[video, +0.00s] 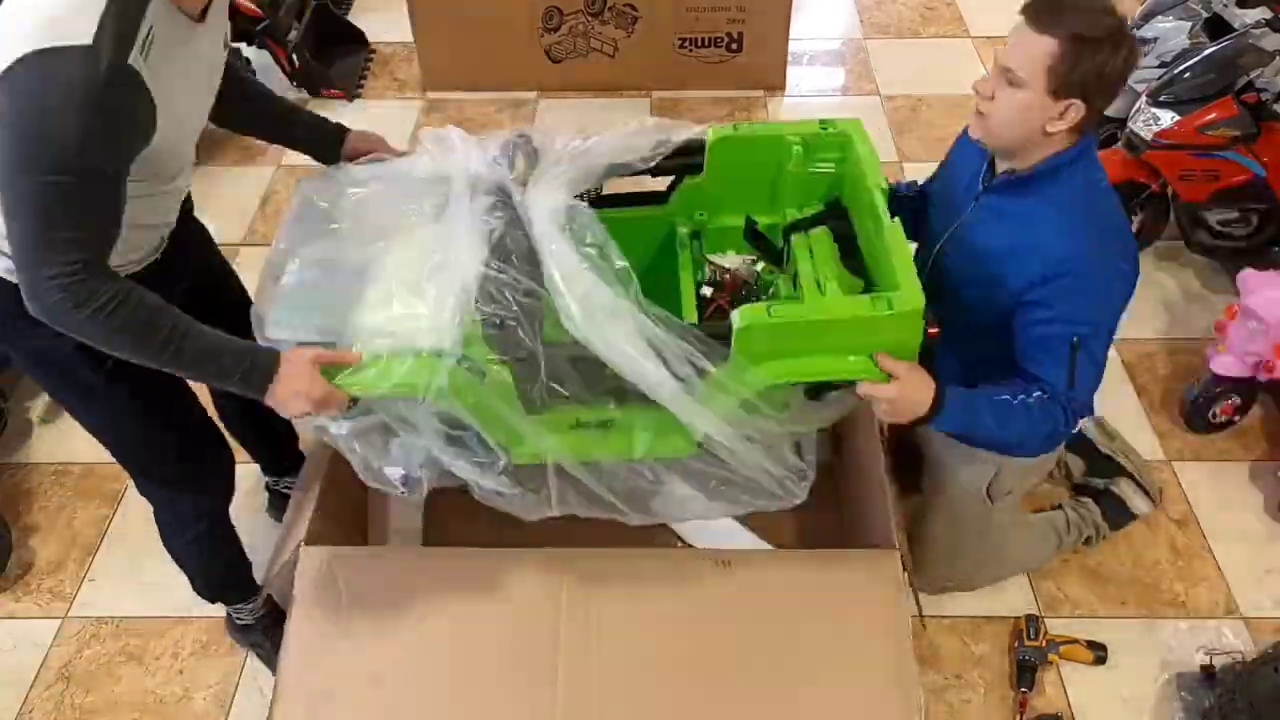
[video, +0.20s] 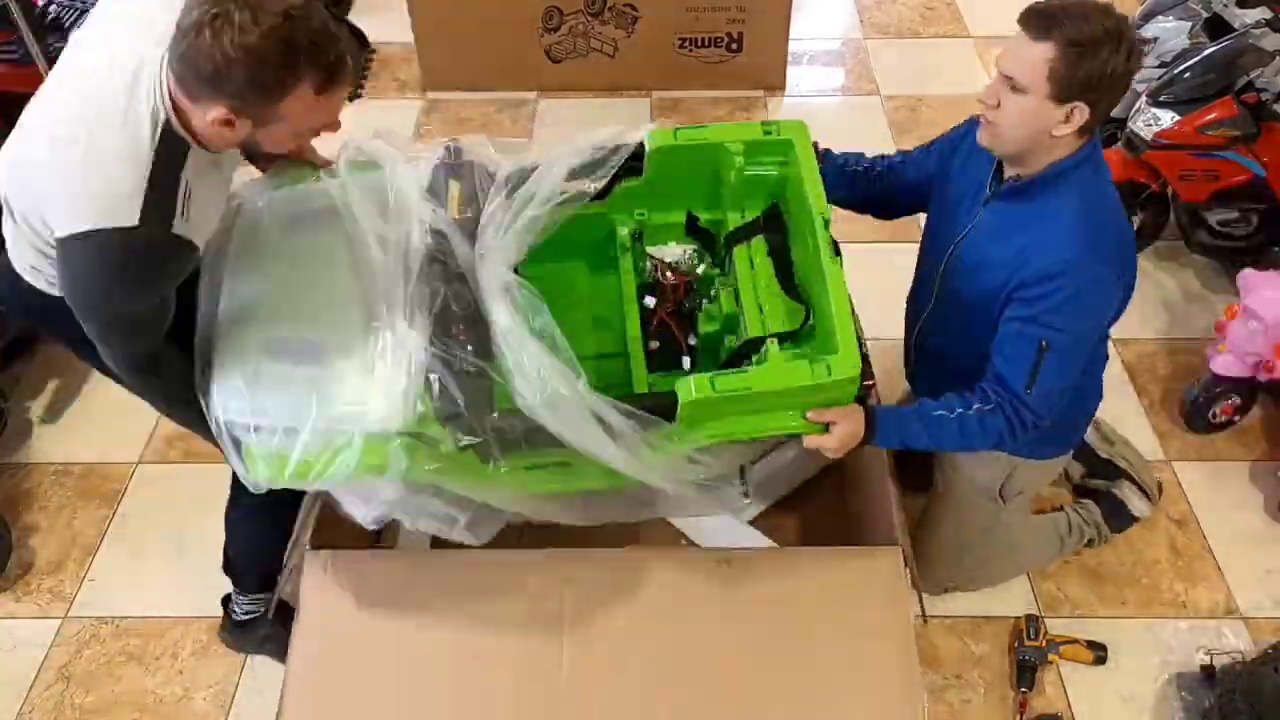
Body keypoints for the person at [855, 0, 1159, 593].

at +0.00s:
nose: (981, 87)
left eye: (1009, 82)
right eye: (995, 67)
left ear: (1063, 116)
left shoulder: (1089, 252)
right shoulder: (989, 136)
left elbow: (1052, 409)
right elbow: (929, 212)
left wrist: (936, 403)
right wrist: (844, 204)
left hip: (993, 420)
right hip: (928, 355)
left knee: (944, 566)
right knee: (919, 471)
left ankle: (1103, 509)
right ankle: (1064, 457)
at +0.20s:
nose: (985, 95)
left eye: (1011, 88)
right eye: (997, 75)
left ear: (1070, 119)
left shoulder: (1080, 254)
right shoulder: (988, 141)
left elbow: (1014, 414)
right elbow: (887, 186)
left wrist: (872, 425)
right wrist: (801, 163)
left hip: (1009, 431)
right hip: (943, 373)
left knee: (946, 567)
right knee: (917, 473)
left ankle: (1104, 512)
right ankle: (1059, 450)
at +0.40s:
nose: (1000, 229)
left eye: (1031, 227)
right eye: (1000, 200)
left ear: (1088, 223)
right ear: (1003, 165)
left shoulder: (1094, 308)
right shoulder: (978, 180)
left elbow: (1004, 464)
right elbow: (879, 236)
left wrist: (849, 472)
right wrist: (773, 233)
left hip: (1008, 455)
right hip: (939, 400)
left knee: (923, 559)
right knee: (897, 461)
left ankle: (1076, 509)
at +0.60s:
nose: (970, 146)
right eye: (978, 127)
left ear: (1058, 160)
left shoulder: (1090, 297)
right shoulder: (976, 179)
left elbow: (1013, 449)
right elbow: (908, 243)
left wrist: (870, 470)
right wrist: (801, 253)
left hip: (998, 451)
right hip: (929, 396)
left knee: (915, 557)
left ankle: (1077, 506)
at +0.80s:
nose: (962, 103)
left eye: (982, 92)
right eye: (970, 85)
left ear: (1042, 115)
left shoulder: (1087, 263)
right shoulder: (972, 153)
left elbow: (1058, 411)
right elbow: (942, 245)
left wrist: (932, 448)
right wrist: (852, 238)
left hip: (992, 421)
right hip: (915, 358)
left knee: (918, 555)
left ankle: (1078, 505)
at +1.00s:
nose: (945, 109)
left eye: (968, 98)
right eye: (949, 88)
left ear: (1032, 113)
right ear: (948, 70)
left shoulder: (1069, 244)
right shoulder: (966, 143)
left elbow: (1050, 398)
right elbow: (940, 245)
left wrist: (924, 430)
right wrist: (854, 242)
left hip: (997, 418)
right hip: (923, 362)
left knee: (920, 556)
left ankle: (1079, 514)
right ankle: (1044, 449)